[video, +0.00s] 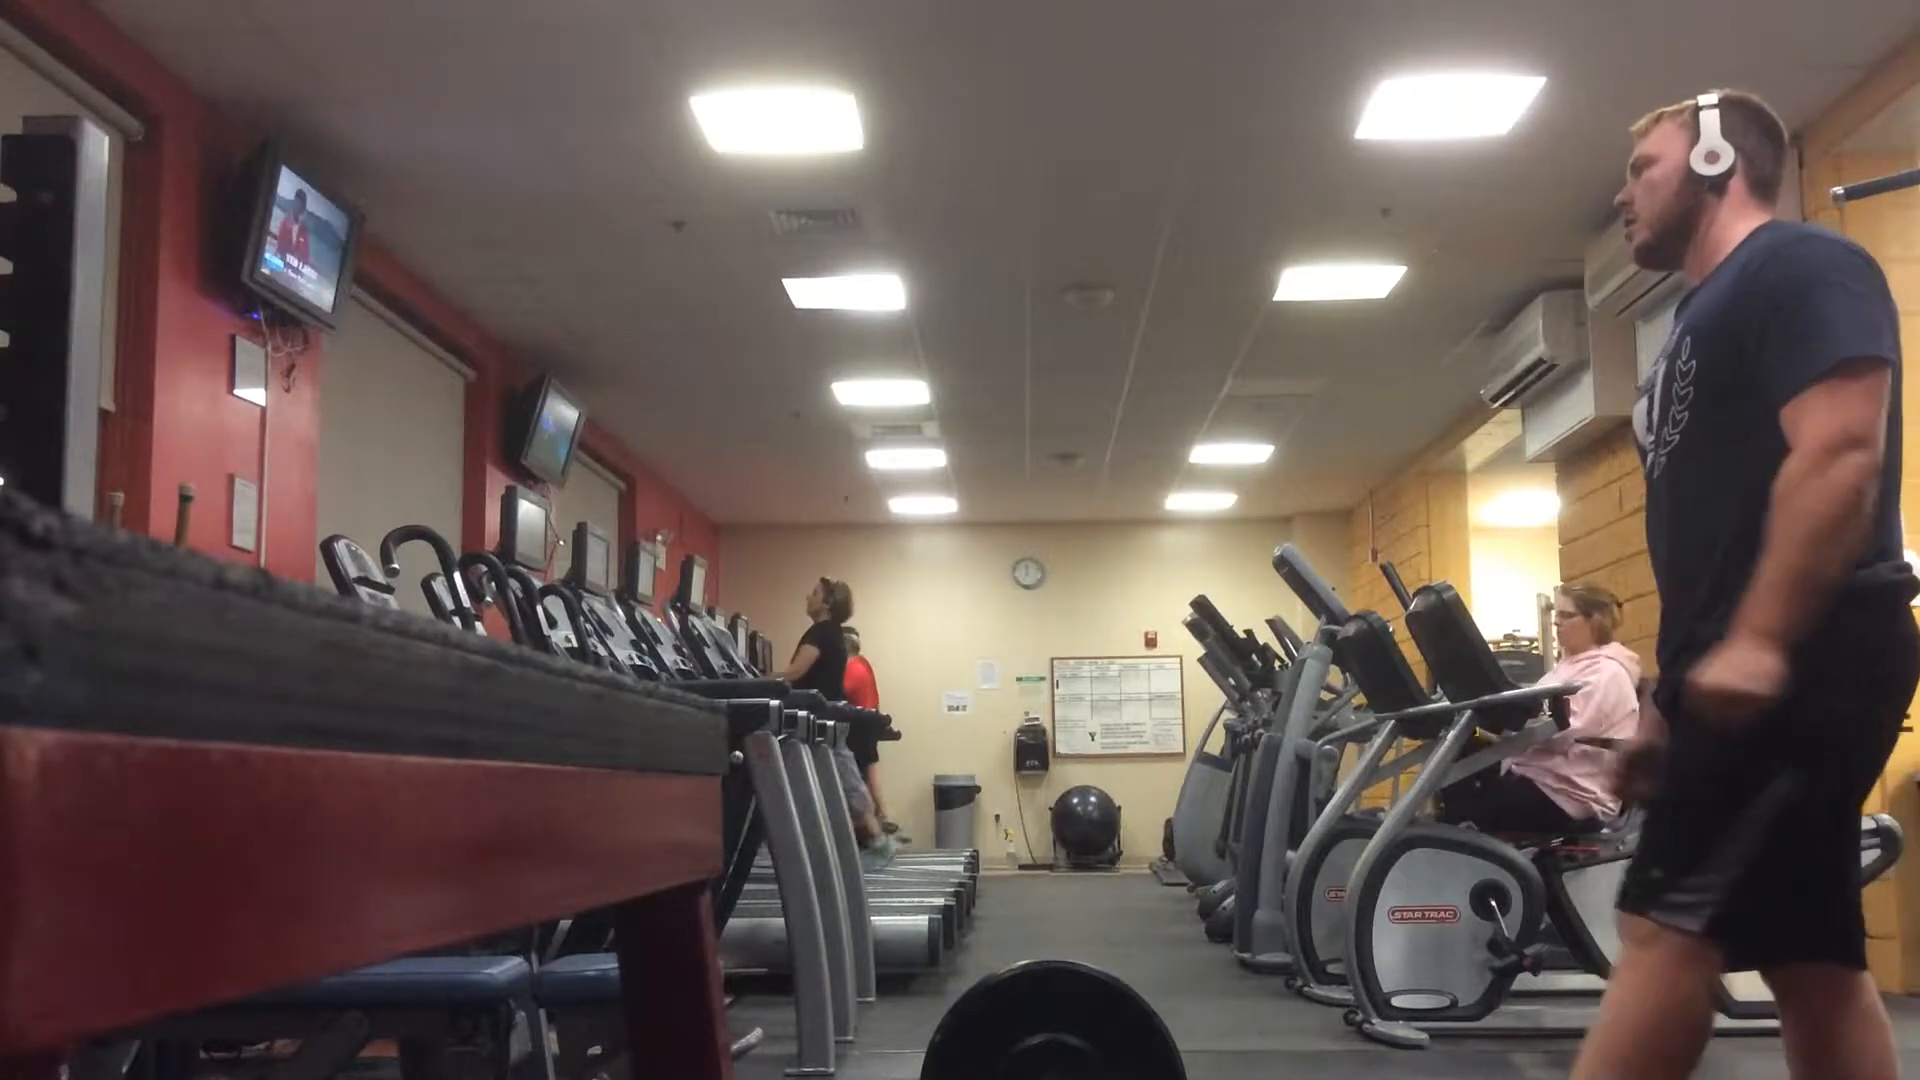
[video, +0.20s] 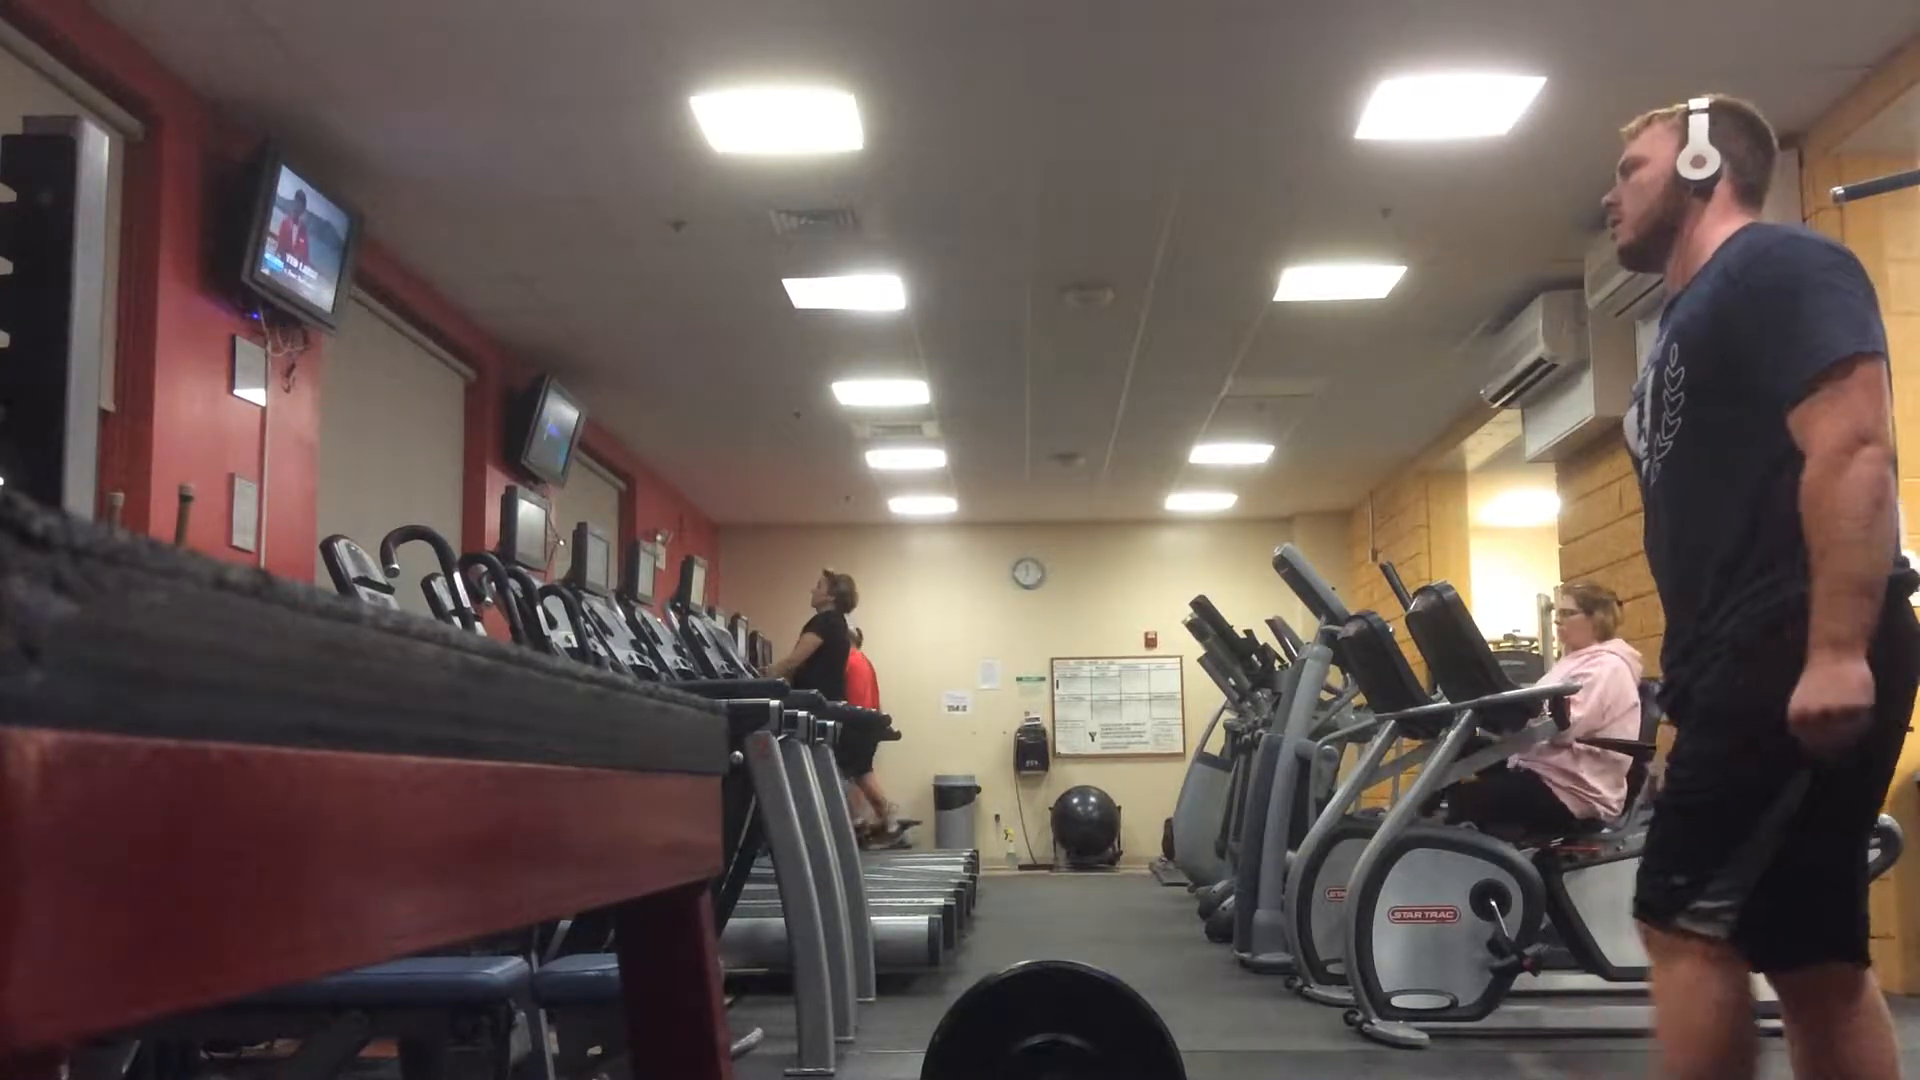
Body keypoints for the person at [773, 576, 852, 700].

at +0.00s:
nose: (808, 597)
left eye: (815, 594)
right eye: (812, 593)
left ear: (827, 604)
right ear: (827, 604)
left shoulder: (820, 631)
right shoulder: (835, 630)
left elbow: (796, 673)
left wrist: (765, 679)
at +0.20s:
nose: (812, 590)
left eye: (819, 587)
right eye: (817, 586)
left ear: (831, 596)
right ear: (831, 597)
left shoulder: (823, 621)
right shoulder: (839, 622)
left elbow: (793, 661)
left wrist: (765, 675)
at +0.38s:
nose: (815, 595)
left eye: (821, 592)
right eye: (819, 591)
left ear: (835, 600)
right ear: (835, 600)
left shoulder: (825, 627)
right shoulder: (841, 629)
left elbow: (792, 664)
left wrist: (772, 673)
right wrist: (775, 673)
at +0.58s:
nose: (814, 595)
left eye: (821, 592)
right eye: (819, 591)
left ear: (835, 600)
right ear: (834, 600)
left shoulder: (823, 627)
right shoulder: (839, 628)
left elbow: (793, 666)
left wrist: (769, 674)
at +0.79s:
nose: (814, 592)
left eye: (821, 588)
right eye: (818, 587)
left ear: (833, 597)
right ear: (833, 598)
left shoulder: (825, 625)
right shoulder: (842, 626)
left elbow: (795, 663)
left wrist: (768, 677)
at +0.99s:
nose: (810, 597)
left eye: (817, 594)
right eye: (815, 593)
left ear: (828, 604)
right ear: (828, 603)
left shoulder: (823, 631)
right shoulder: (837, 631)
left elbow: (796, 671)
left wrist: (768, 678)